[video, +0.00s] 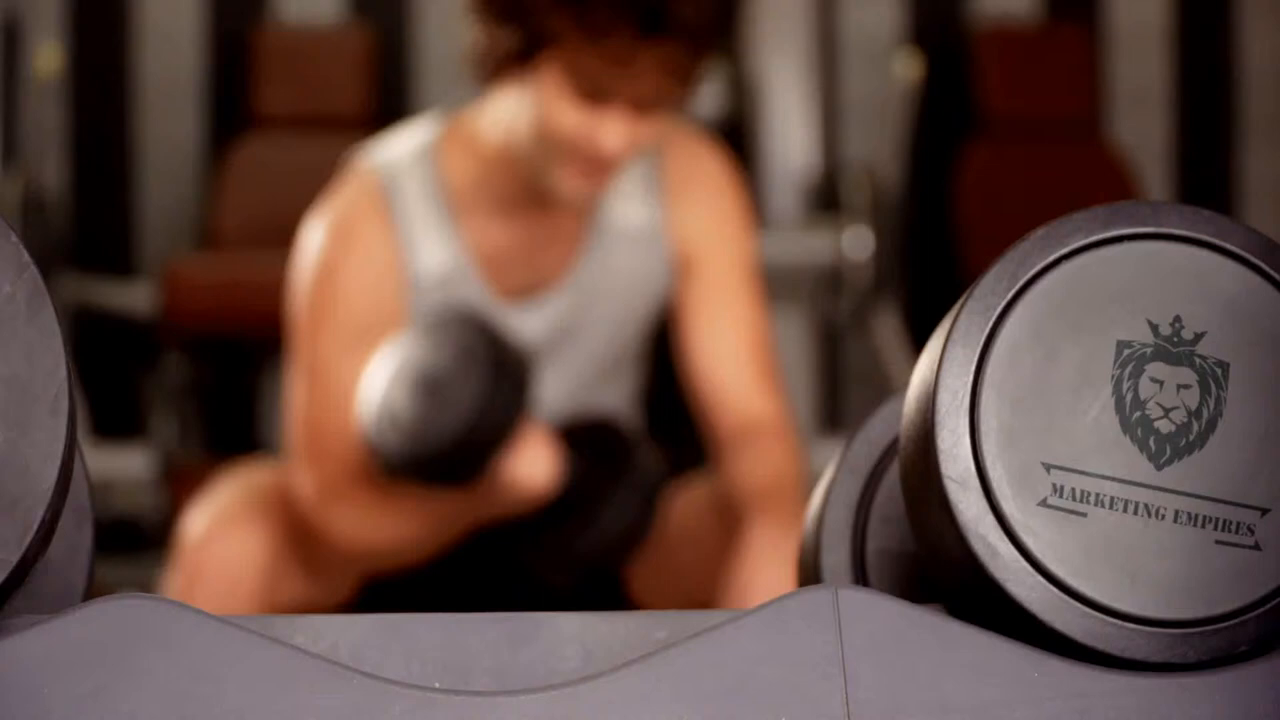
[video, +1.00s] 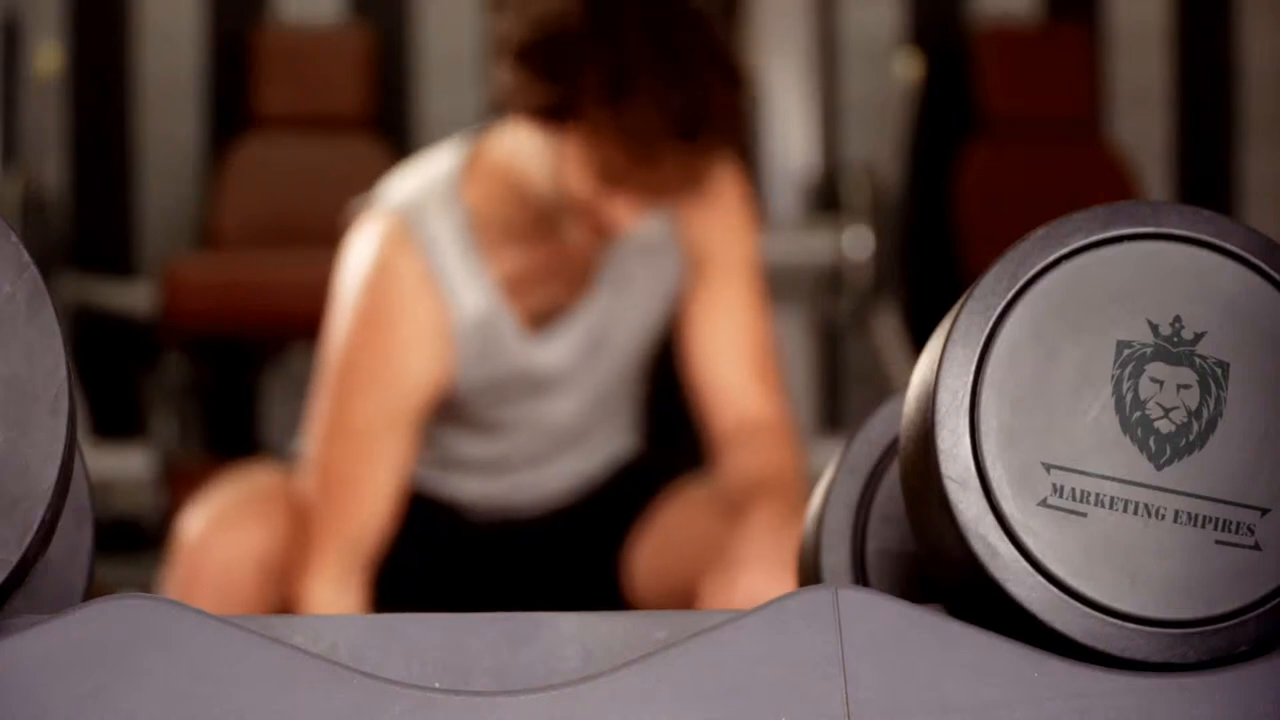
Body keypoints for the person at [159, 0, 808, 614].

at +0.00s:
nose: (615, 139)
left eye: (650, 108)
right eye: (592, 95)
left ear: (681, 99)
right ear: (518, 52)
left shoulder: (687, 176)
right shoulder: (366, 217)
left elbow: (754, 431)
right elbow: (341, 515)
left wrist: (769, 555)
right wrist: (493, 493)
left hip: (589, 530)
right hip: (397, 537)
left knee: (777, 531)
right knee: (230, 531)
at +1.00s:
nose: (632, 219)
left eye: (662, 190)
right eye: (610, 182)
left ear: (694, 160)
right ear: (548, 117)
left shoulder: (701, 185)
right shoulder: (408, 249)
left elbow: (753, 436)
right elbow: (336, 565)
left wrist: (765, 566)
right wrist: (345, 719)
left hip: (601, 524)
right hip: (416, 534)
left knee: (770, 533)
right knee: (229, 528)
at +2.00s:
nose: (588, 201)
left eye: (615, 174)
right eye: (573, 164)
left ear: (652, 137)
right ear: (509, 98)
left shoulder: (671, 173)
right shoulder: (328, 212)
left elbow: (747, 423)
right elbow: (340, 499)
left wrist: (790, 586)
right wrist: (489, 465)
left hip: (600, 522)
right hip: (400, 527)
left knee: (778, 540)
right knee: (235, 532)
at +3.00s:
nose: (618, 200)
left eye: (652, 171)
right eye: (599, 158)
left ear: (690, 139)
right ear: (539, 94)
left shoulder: (704, 179)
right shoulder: (397, 227)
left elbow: (758, 432)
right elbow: (350, 544)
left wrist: (813, 565)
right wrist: (398, 711)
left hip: (602, 522)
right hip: (417, 531)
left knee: (799, 541)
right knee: (244, 534)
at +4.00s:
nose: (611, 168)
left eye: (645, 137)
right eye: (591, 127)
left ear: (676, 110)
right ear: (524, 67)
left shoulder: (696, 170)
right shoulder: (393, 210)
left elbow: (753, 428)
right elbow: (337, 510)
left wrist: (790, 570)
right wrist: (457, 668)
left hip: (601, 521)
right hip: (418, 529)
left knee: (792, 540)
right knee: (241, 526)